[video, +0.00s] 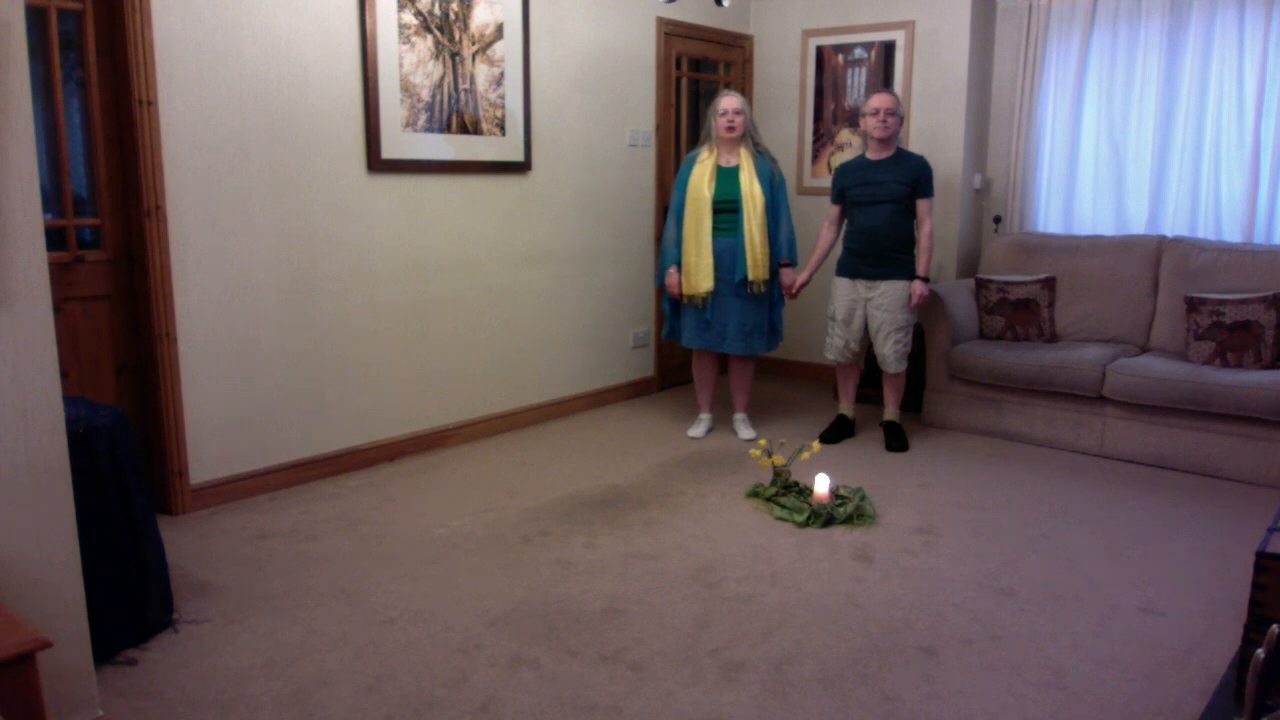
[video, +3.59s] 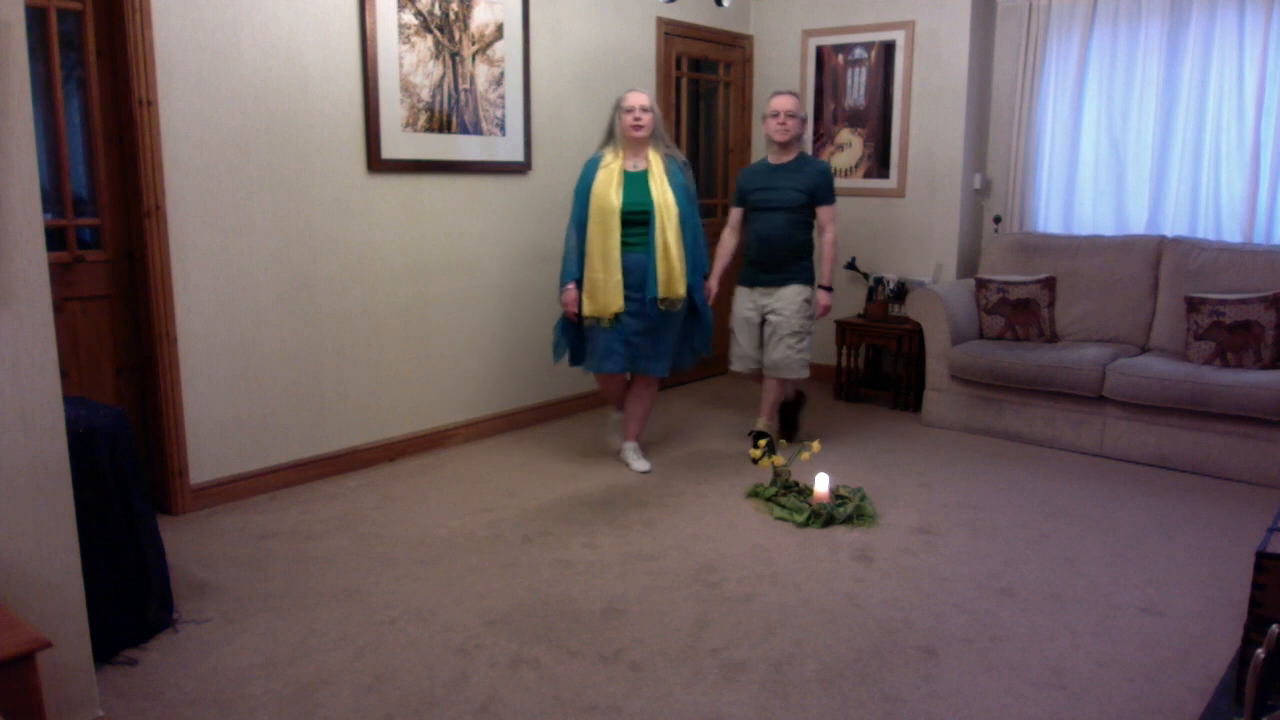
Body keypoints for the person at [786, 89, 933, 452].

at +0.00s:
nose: (882, 119)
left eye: (889, 113)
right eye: (874, 114)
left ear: (901, 121)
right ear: (861, 122)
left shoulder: (915, 167)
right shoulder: (845, 172)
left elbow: (925, 224)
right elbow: (831, 227)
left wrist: (921, 276)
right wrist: (806, 273)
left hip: (895, 278)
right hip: (850, 276)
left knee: (893, 355)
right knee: (845, 349)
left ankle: (892, 419)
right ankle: (845, 415)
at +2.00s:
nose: (887, 119)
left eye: (894, 113)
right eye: (879, 113)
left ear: (906, 120)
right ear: (867, 122)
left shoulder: (921, 167)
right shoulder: (851, 172)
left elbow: (930, 225)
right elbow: (836, 226)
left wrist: (927, 277)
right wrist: (812, 273)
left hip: (900, 279)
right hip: (855, 276)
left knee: (896, 355)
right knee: (847, 350)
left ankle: (892, 420)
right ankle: (844, 416)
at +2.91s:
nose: (834, 125)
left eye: (843, 120)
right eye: (827, 119)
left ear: (855, 127)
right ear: (816, 127)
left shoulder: (869, 171)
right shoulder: (806, 176)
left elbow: (884, 228)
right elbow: (786, 229)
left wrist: (885, 281)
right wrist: (759, 275)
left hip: (848, 280)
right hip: (807, 278)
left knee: (850, 354)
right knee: (806, 351)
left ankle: (871, 415)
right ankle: (817, 417)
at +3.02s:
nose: (824, 124)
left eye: (832, 118)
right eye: (817, 118)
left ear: (845, 125)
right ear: (807, 124)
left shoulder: (860, 170)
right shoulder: (796, 173)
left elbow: (873, 225)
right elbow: (777, 228)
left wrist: (873, 279)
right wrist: (750, 273)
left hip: (840, 277)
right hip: (800, 276)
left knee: (832, 347)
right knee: (803, 350)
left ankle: (842, 414)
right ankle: (815, 416)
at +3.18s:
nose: (808, 122)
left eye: (817, 116)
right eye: (801, 116)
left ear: (831, 123)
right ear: (791, 122)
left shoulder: (845, 168)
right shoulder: (781, 174)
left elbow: (858, 224)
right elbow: (764, 228)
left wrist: (859, 277)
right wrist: (740, 274)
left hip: (828, 273)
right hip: (791, 273)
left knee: (804, 348)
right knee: (799, 349)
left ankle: (786, 425)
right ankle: (817, 417)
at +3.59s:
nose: (782, 122)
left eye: (790, 116)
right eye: (775, 116)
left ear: (802, 124)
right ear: (764, 123)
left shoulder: (817, 172)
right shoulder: (749, 175)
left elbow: (827, 231)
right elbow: (731, 230)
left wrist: (825, 286)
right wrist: (715, 275)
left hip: (792, 285)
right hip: (750, 284)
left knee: (778, 361)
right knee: (751, 360)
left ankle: (763, 428)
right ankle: (789, 398)